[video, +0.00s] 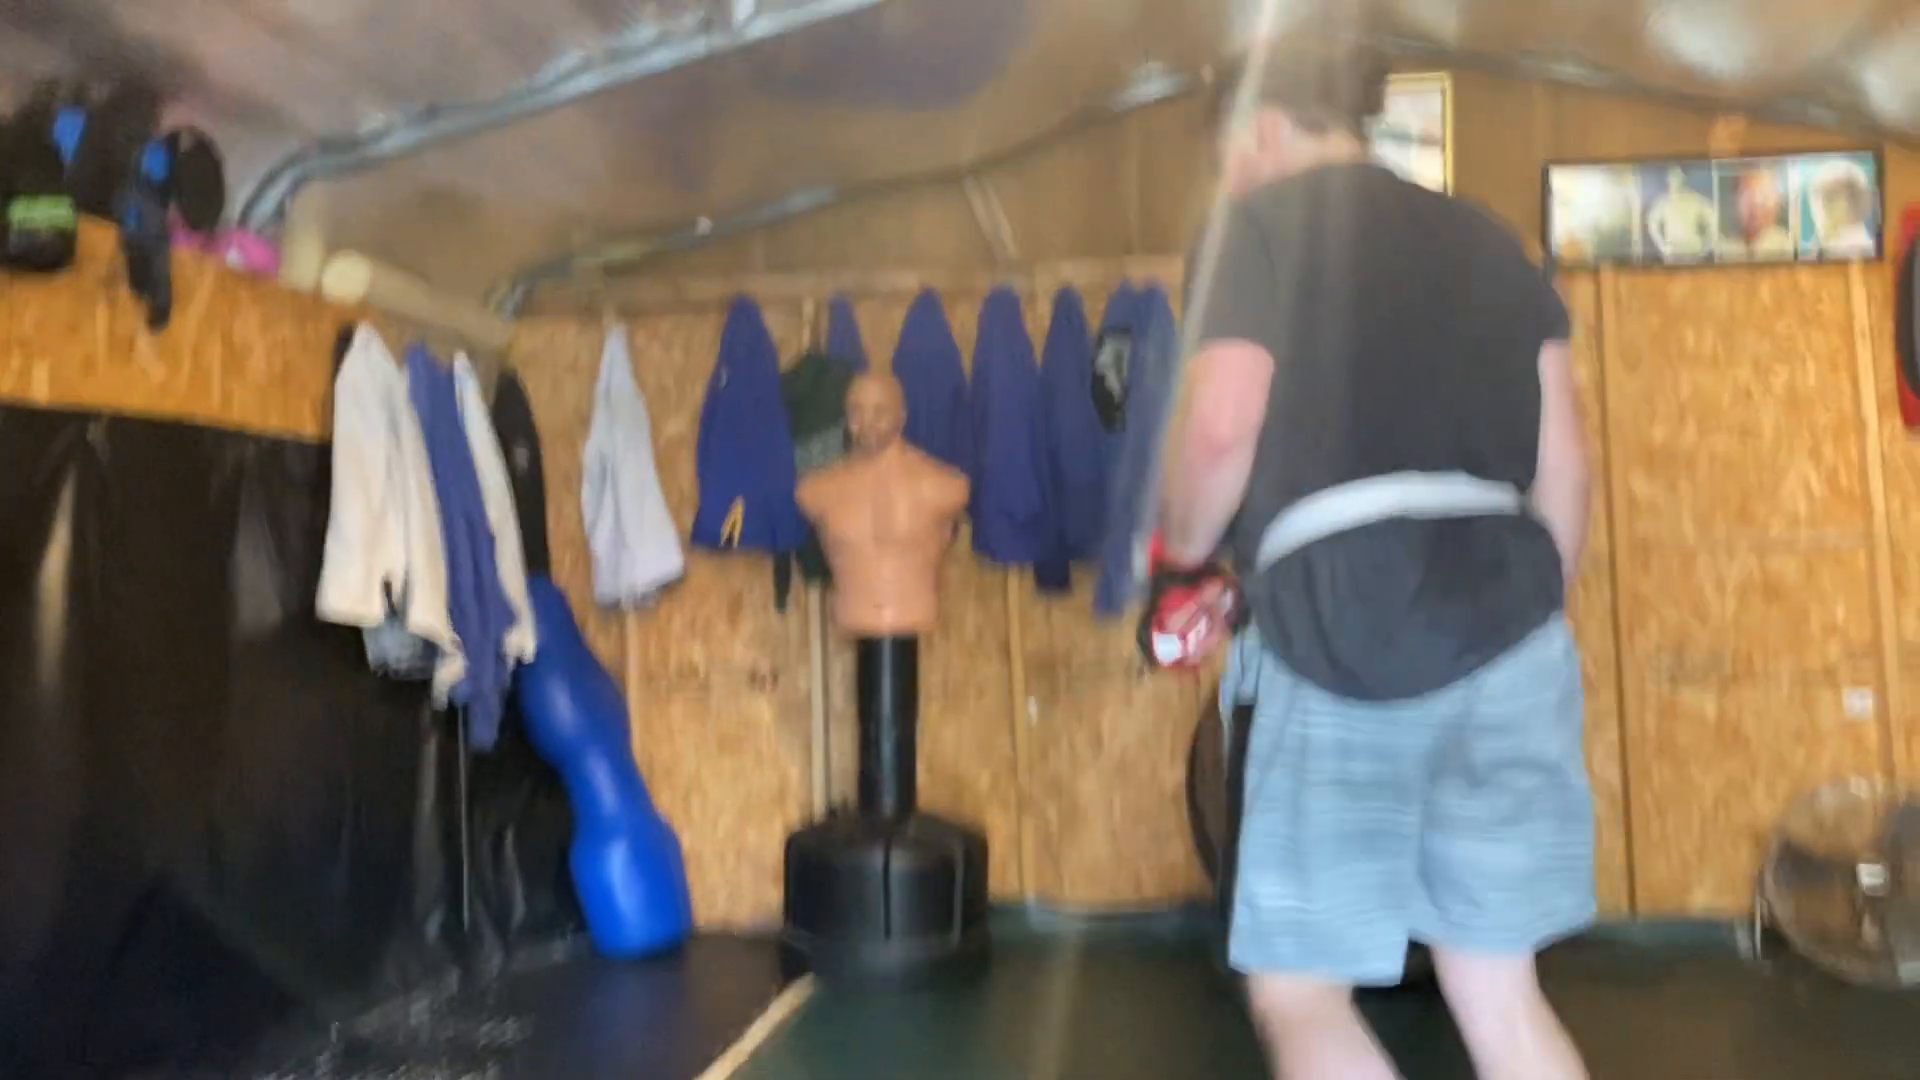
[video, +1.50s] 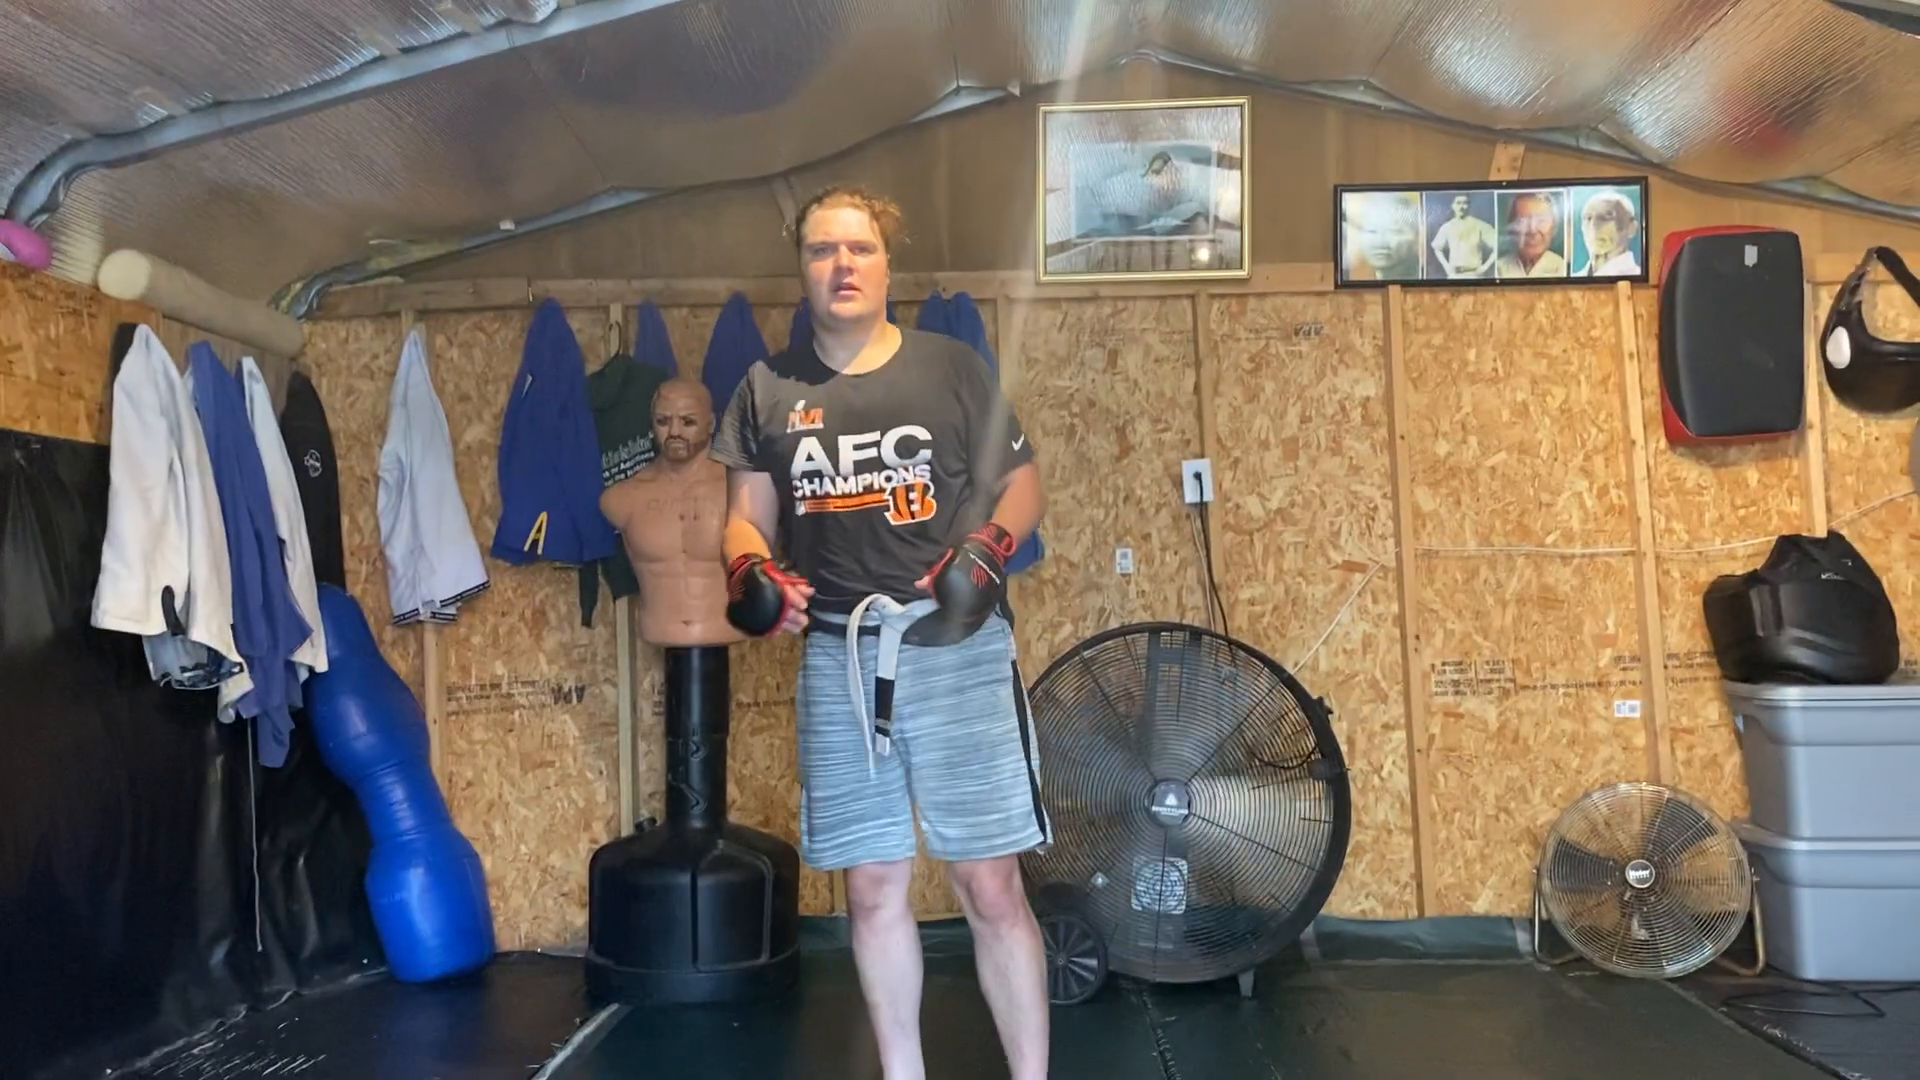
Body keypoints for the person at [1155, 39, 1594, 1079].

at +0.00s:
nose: (1230, 183)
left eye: (1229, 159)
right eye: (1225, 164)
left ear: (1269, 133)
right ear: (1356, 132)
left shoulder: (1269, 219)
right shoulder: (1495, 239)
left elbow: (1223, 424)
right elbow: (1562, 466)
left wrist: (1182, 562)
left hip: (1340, 622)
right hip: (1512, 616)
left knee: (1300, 989)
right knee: (1497, 978)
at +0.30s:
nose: (1080, 249)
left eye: (1085, 221)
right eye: (1076, 225)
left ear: (1142, 202)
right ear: (1162, 203)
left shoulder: (1153, 309)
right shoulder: (1310, 308)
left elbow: (1158, 505)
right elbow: (1325, 502)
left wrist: (1093, 611)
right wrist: (1134, 618)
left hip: (1224, 667)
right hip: (1355, 654)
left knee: (1183, 961)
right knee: (1352, 955)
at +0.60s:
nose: (1014, 239)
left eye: (1036, 217)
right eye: (1006, 221)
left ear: (1101, 220)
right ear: (1006, 233)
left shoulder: (1127, 326)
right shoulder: (1085, 337)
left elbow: (1142, 515)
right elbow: (1090, 513)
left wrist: (1010, 579)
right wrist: (1012, 581)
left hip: (1156, 642)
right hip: (1108, 643)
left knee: (1151, 934)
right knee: (1094, 899)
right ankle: (1154, 1066)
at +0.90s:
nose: (910, 273)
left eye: (930, 255)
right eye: (896, 256)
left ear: (971, 266)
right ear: (879, 269)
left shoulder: (1027, 377)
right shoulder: (884, 385)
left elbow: (1095, 516)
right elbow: (875, 527)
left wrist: (994, 588)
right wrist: (822, 595)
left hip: (1021, 664)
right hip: (930, 670)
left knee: (1012, 913)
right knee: (958, 895)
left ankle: (1106, 1074)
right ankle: (977, 1073)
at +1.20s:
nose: (823, 273)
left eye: (841, 257)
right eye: (805, 259)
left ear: (873, 270)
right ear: (784, 279)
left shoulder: (945, 370)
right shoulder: (767, 401)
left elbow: (1025, 481)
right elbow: (742, 543)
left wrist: (976, 560)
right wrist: (687, 606)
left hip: (956, 653)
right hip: (843, 664)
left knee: (998, 891)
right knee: (882, 887)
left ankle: (1040, 1074)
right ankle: (912, 1074)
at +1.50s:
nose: (842, 264)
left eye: (859, 249)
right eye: (824, 250)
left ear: (889, 266)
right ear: (802, 270)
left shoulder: (953, 367)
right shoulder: (769, 389)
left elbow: (1021, 483)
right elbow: (748, 520)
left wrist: (984, 559)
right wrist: (754, 575)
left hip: (957, 649)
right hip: (837, 658)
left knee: (992, 884)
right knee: (874, 885)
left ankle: (1031, 1074)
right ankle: (903, 1075)